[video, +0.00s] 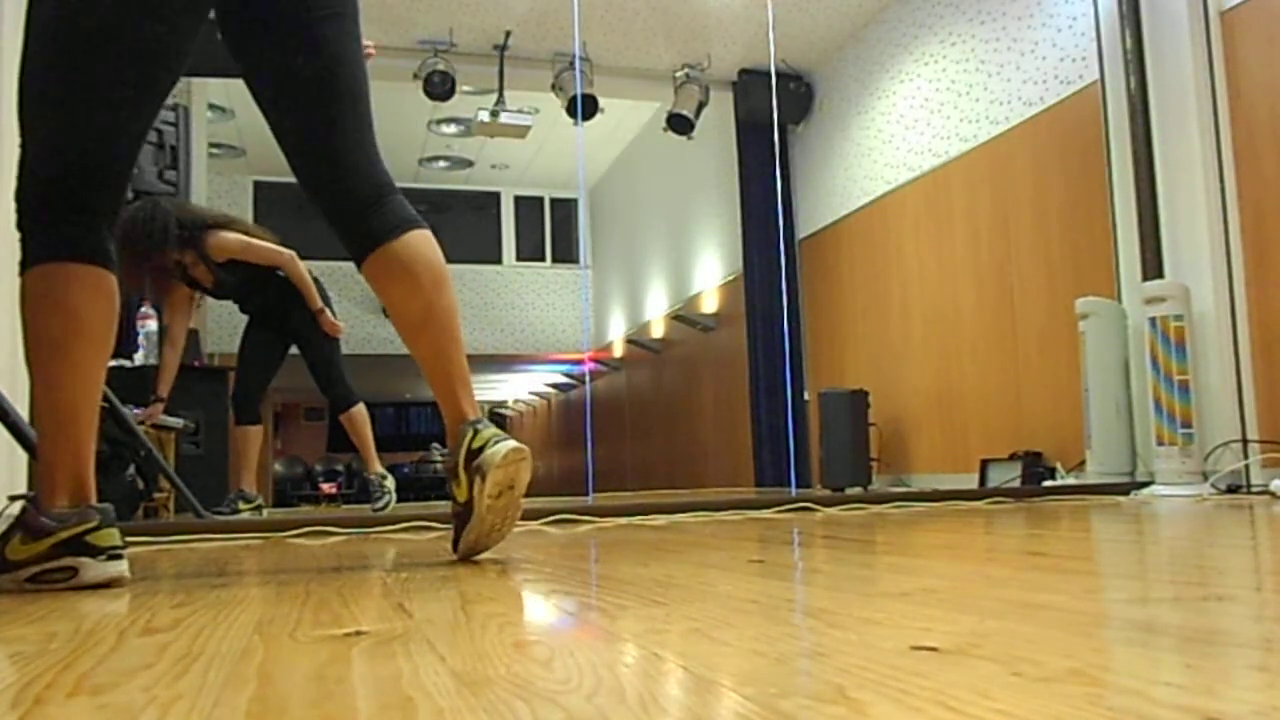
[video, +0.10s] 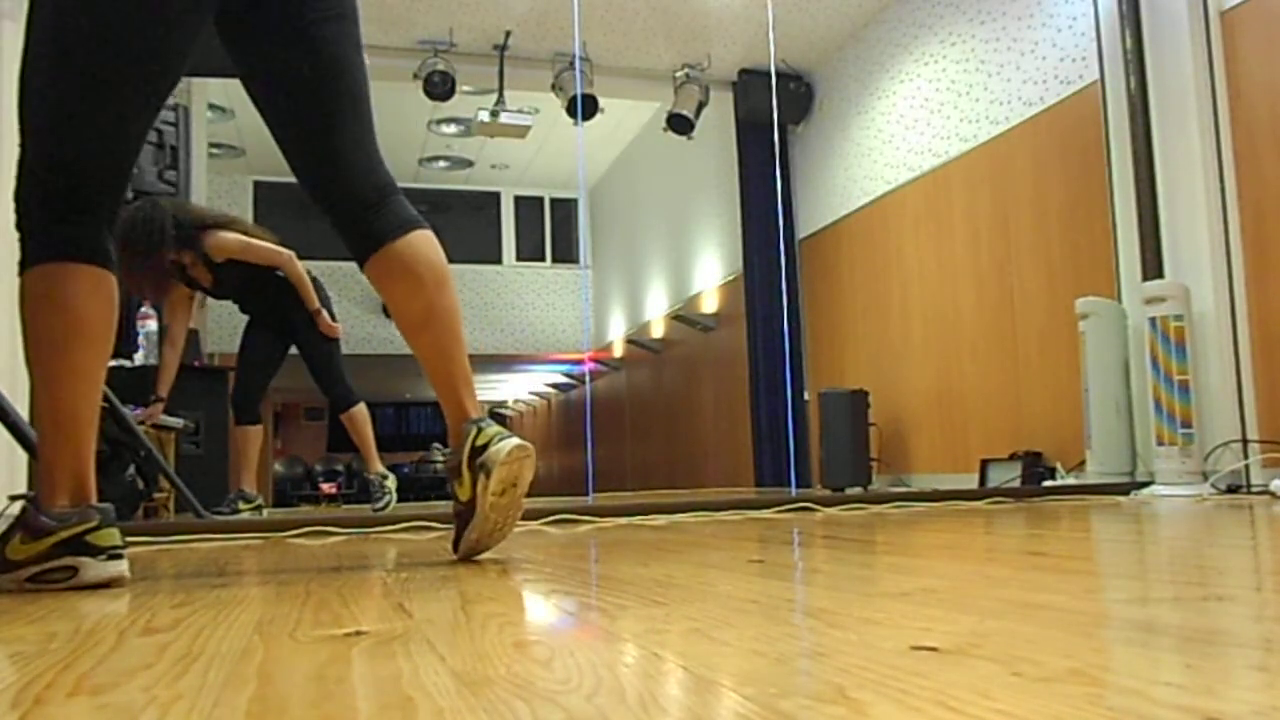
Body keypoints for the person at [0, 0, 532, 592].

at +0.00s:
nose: (153, 271)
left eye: (152, 260)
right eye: (147, 264)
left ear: (164, 240)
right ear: (161, 249)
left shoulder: (217, 242)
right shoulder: (181, 266)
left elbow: (289, 260)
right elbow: (174, 332)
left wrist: (320, 311)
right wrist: (158, 401)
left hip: (294, 296)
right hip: (269, 303)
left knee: (63, 207)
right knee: (364, 193)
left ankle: (65, 507)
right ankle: (472, 434)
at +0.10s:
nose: (151, 285)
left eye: (151, 271)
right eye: (144, 277)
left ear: (164, 244)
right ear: (160, 250)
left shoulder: (214, 242)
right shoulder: (183, 266)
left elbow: (285, 258)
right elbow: (174, 331)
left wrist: (315, 311)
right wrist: (159, 398)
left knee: (61, 206)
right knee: (366, 193)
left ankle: (65, 507)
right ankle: (474, 435)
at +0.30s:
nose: (154, 283)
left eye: (152, 269)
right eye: (147, 275)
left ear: (162, 243)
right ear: (160, 249)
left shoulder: (213, 242)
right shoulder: (184, 263)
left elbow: (285, 257)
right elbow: (175, 328)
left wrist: (317, 311)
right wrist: (158, 396)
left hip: (130, 12)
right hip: (296, 9)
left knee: (65, 209)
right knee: (373, 199)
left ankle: (65, 507)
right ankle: (479, 436)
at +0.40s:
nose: (150, 282)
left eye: (149, 267)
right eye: (144, 272)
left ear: (159, 241)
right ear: (159, 247)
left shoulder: (214, 242)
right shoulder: (186, 265)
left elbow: (287, 257)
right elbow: (176, 327)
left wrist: (320, 311)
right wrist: (158, 396)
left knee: (70, 206)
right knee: (378, 199)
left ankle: (65, 506)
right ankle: (482, 436)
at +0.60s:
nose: (157, 278)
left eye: (156, 264)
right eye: (151, 269)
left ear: (166, 241)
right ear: (169, 245)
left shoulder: (224, 241)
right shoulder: (191, 265)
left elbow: (296, 258)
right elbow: (175, 325)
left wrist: (327, 310)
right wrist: (156, 391)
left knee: (82, 202)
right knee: (392, 193)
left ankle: (67, 508)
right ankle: (493, 435)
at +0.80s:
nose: (184, 266)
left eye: (186, 254)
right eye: (178, 258)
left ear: (204, 234)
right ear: (195, 242)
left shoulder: (255, 236)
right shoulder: (210, 257)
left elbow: (324, 261)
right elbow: (202, 320)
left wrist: (350, 314)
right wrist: (189, 380)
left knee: (98, 206)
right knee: (424, 203)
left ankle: (66, 507)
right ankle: (552, 446)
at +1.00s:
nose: (252, 252)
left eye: (258, 241)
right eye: (244, 247)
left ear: (271, 219)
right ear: (244, 224)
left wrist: (85, 64)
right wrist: (492, 80)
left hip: (268, 9)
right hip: (440, 5)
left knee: (158, 237)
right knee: (491, 245)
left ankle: (67, 514)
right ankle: (628, 475)